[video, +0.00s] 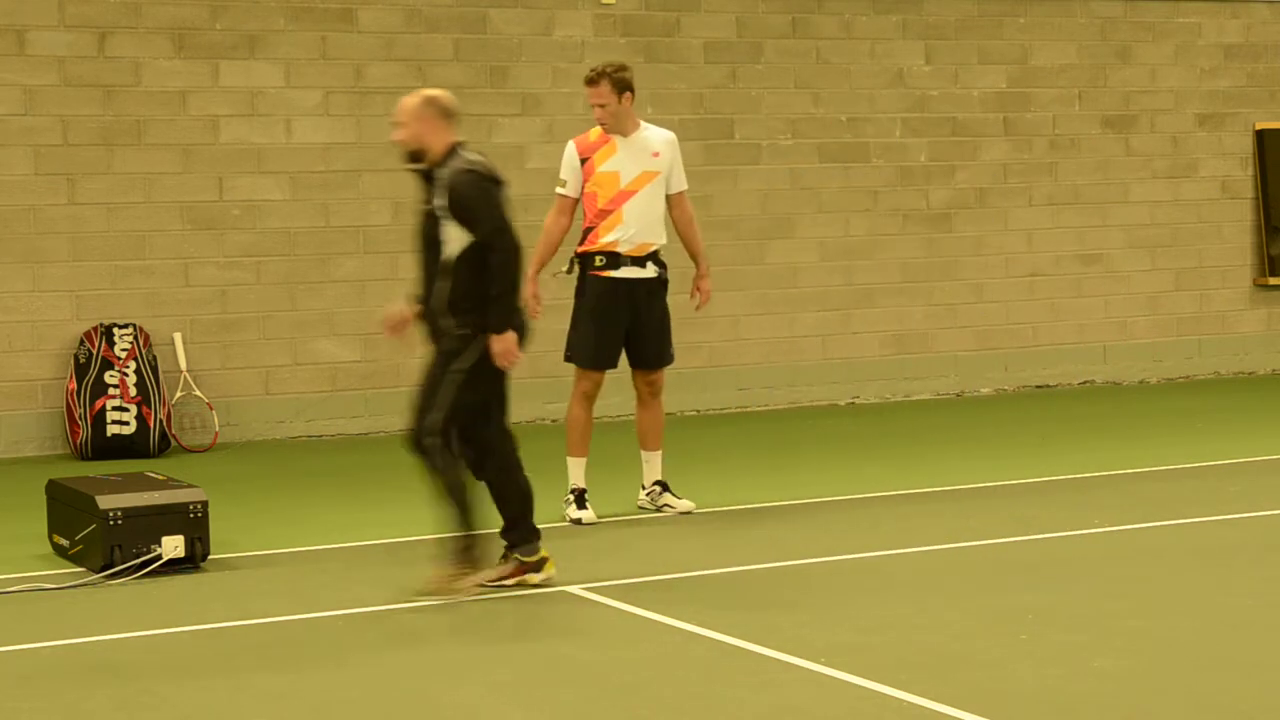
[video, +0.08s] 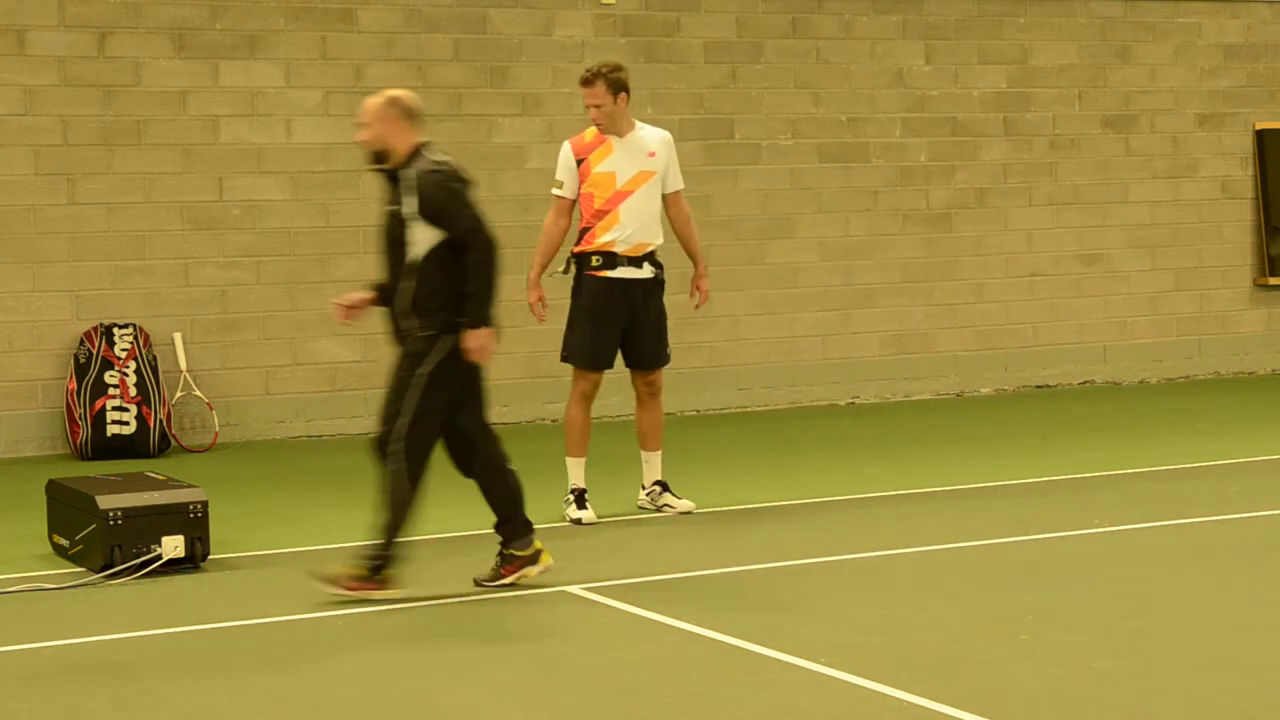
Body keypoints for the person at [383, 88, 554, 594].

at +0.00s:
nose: (396, 134)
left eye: (403, 124)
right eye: (398, 125)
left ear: (433, 124)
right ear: (430, 125)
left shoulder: (466, 178)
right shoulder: (438, 178)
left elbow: (503, 249)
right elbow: (448, 260)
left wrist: (503, 324)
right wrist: (416, 307)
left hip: (476, 335)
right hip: (459, 333)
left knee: (432, 432)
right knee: (487, 439)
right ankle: (527, 550)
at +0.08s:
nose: (361, 135)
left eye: (368, 125)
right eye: (362, 126)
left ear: (398, 125)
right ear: (394, 125)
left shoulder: (433, 179)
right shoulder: (402, 181)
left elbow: (480, 244)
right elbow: (415, 266)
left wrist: (478, 321)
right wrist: (373, 296)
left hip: (444, 337)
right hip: (427, 335)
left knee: (400, 441)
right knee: (474, 446)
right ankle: (522, 545)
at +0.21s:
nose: (306, 143)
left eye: (312, 132)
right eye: (306, 134)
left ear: (341, 131)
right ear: (337, 133)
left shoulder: (383, 192)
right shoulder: (344, 192)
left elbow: (422, 257)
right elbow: (358, 266)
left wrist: (417, 332)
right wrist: (327, 304)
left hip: (384, 345)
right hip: (366, 343)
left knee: (343, 451)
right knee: (408, 448)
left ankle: (340, 572)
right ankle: (490, 527)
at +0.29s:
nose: (270, 149)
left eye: (275, 139)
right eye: (270, 140)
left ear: (301, 137)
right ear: (301, 138)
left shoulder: (344, 196)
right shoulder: (309, 195)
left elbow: (369, 272)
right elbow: (314, 270)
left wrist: (363, 347)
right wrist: (299, 326)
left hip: (352, 348)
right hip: (324, 345)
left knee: (315, 456)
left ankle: (338, 571)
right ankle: (433, 513)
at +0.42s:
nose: (221, 146)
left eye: (225, 136)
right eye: (221, 136)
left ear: (250, 137)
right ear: (253, 135)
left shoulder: (285, 192)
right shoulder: (264, 188)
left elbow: (318, 267)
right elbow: (284, 269)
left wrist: (261, 327)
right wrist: (258, 321)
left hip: (312, 338)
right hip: (287, 336)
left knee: (291, 450)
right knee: (254, 440)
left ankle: (335, 569)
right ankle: (326, 534)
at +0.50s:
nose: (191, 140)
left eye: (194, 130)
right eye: (192, 129)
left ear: (212, 128)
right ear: (232, 126)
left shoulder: (232, 183)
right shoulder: (270, 174)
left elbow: (260, 256)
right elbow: (325, 236)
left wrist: (201, 290)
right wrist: (306, 291)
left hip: (268, 331)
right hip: (275, 326)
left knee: (273, 444)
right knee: (220, 431)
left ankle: (331, 561)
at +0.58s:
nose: (163, 138)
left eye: (164, 128)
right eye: (163, 128)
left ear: (180, 125)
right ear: (205, 123)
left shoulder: (194, 178)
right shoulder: (246, 172)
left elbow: (213, 250)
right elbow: (303, 231)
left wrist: (166, 273)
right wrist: (288, 289)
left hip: (226, 327)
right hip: (255, 323)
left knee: (241, 441)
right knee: (192, 437)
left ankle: (311, 551)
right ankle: (171, 552)